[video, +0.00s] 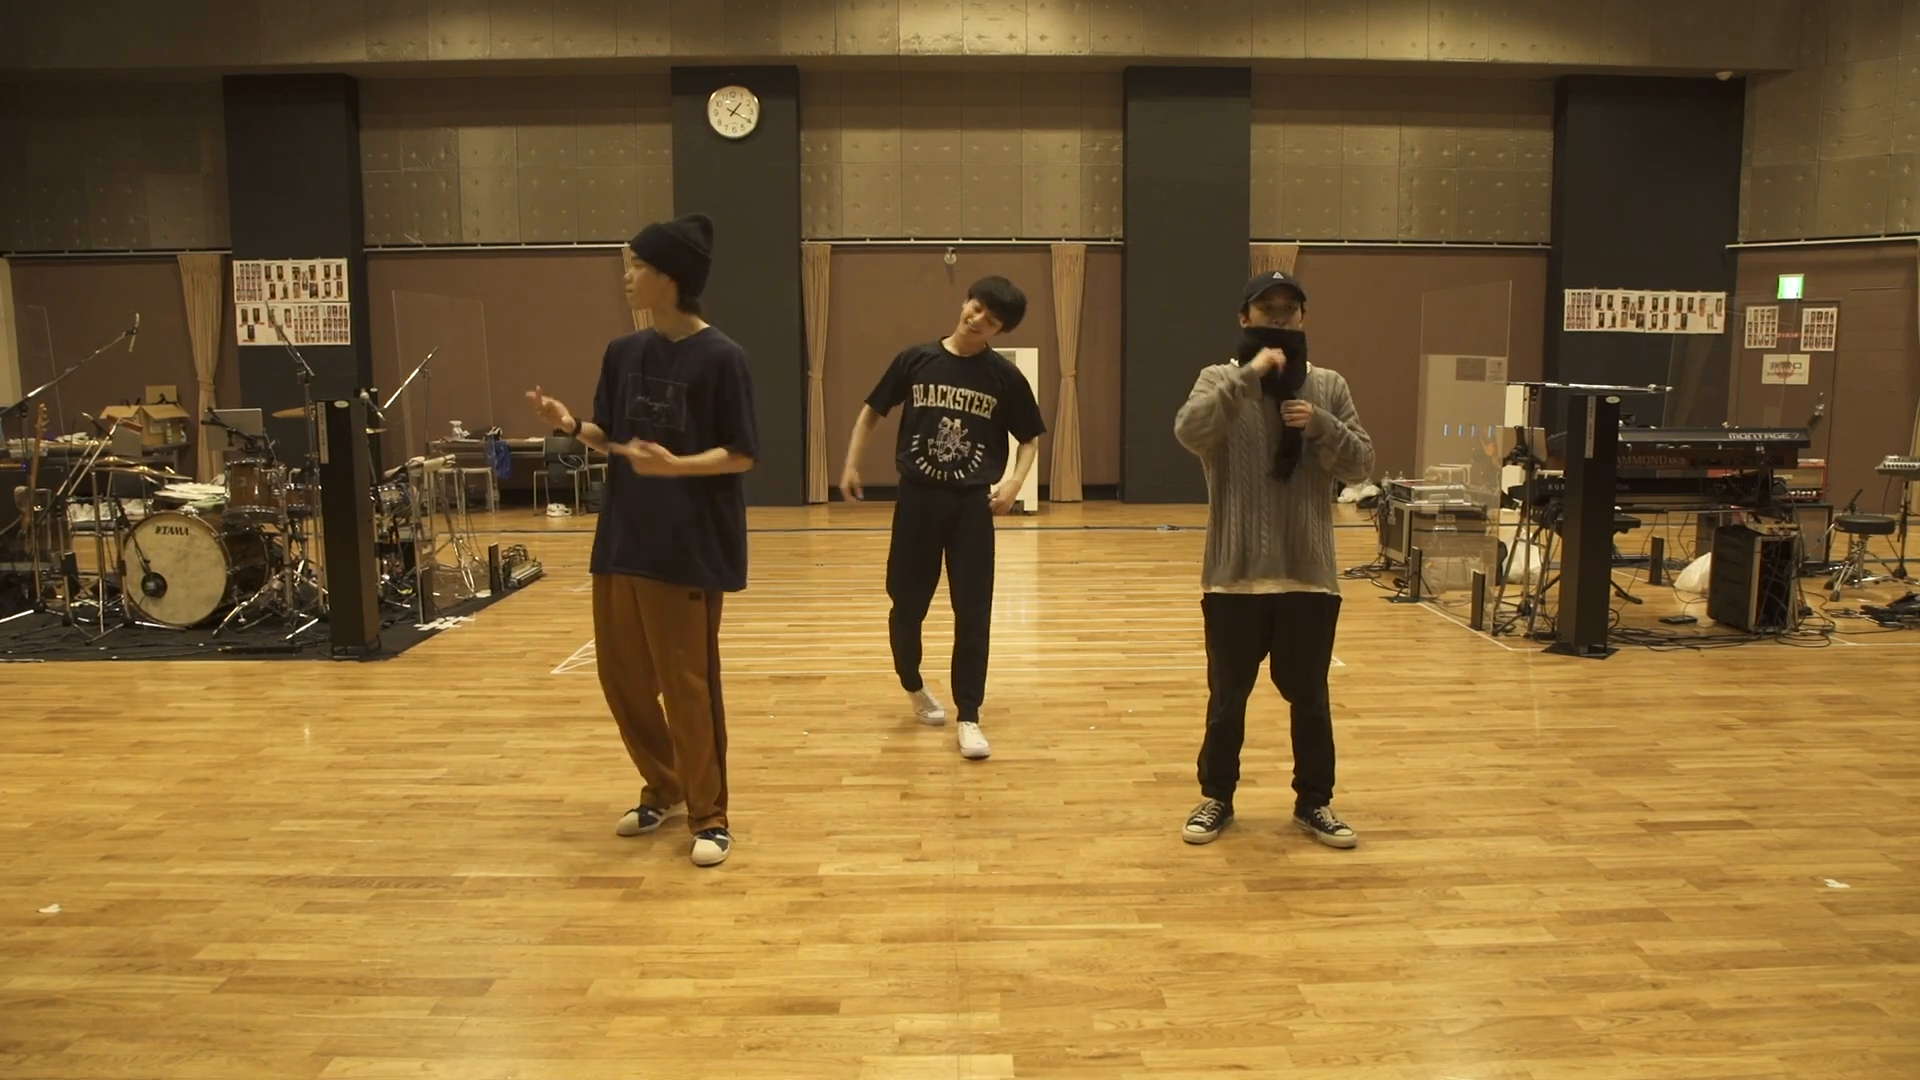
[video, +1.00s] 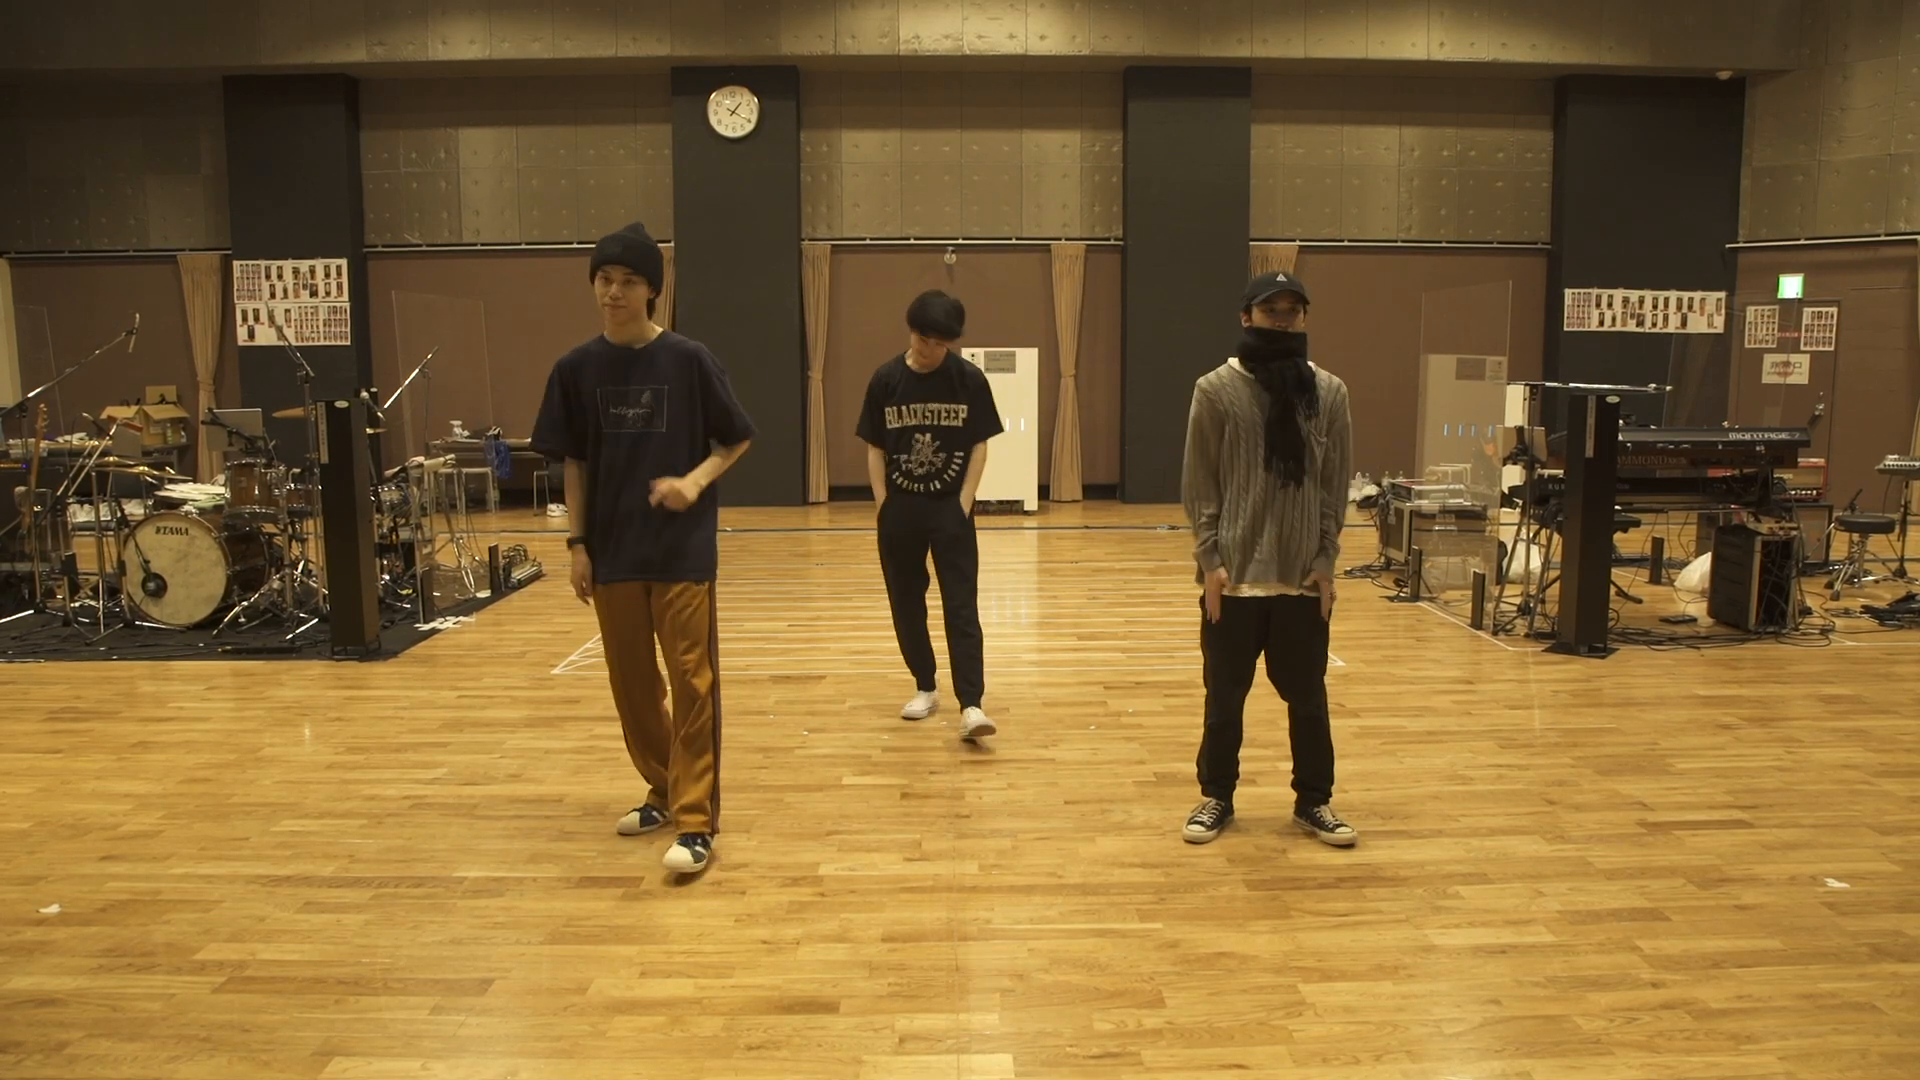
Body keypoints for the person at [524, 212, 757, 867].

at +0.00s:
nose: (625, 281)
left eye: (635, 271)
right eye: (625, 270)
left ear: (672, 279)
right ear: (652, 279)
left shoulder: (722, 359)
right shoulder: (622, 353)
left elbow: (742, 454)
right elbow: (611, 441)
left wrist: (676, 464)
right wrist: (571, 425)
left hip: (686, 553)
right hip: (621, 549)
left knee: (687, 685)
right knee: (623, 677)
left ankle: (710, 817)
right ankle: (661, 790)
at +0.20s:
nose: (605, 285)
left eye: (616, 275)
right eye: (609, 273)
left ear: (650, 285)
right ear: (638, 286)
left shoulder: (694, 360)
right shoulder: (611, 364)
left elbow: (695, 460)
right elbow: (607, 453)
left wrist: (610, 444)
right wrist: (580, 475)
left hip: (668, 560)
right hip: (611, 555)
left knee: (669, 688)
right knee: (625, 687)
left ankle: (710, 819)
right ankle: (665, 795)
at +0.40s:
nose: (587, 281)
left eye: (596, 270)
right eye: (589, 269)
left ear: (631, 278)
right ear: (619, 278)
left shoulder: (679, 347)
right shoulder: (596, 354)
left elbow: (674, 445)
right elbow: (587, 437)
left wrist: (587, 449)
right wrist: (582, 473)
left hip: (661, 547)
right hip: (604, 544)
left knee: (669, 676)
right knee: (621, 676)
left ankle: (698, 818)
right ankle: (662, 790)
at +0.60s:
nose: (584, 293)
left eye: (596, 282)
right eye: (580, 281)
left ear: (633, 285)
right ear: (581, 286)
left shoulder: (667, 355)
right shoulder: (585, 366)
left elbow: (671, 454)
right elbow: (579, 445)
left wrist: (643, 534)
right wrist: (570, 464)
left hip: (666, 553)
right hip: (605, 554)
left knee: (679, 685)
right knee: (629, 683)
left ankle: (695, 824)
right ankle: (664, 792)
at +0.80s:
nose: (597, 285)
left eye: (610, 274)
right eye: (589, 274)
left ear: (642, 277)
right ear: (580, 279)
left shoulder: (679, 349)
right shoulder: (572, 359)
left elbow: (732, 430)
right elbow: (566, 437)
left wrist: (695, 491)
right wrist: (574, 471)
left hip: (671, 541)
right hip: (605, 544)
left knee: (684, 673)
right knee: (631, 673)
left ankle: (696, 815)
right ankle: (662, 793)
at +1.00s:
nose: (613, 292)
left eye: (627, 282)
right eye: (604, 281)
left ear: (653, 289)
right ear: (593, 288)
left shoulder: (690, 360)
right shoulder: (577, 369)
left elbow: (737, 437)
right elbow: (575, 462)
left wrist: (695, 481)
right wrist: (577, 543)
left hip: (682, 554)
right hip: (612, 555)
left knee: (692, 685)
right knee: (631, 683)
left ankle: (695, 824)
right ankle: (663, 791)